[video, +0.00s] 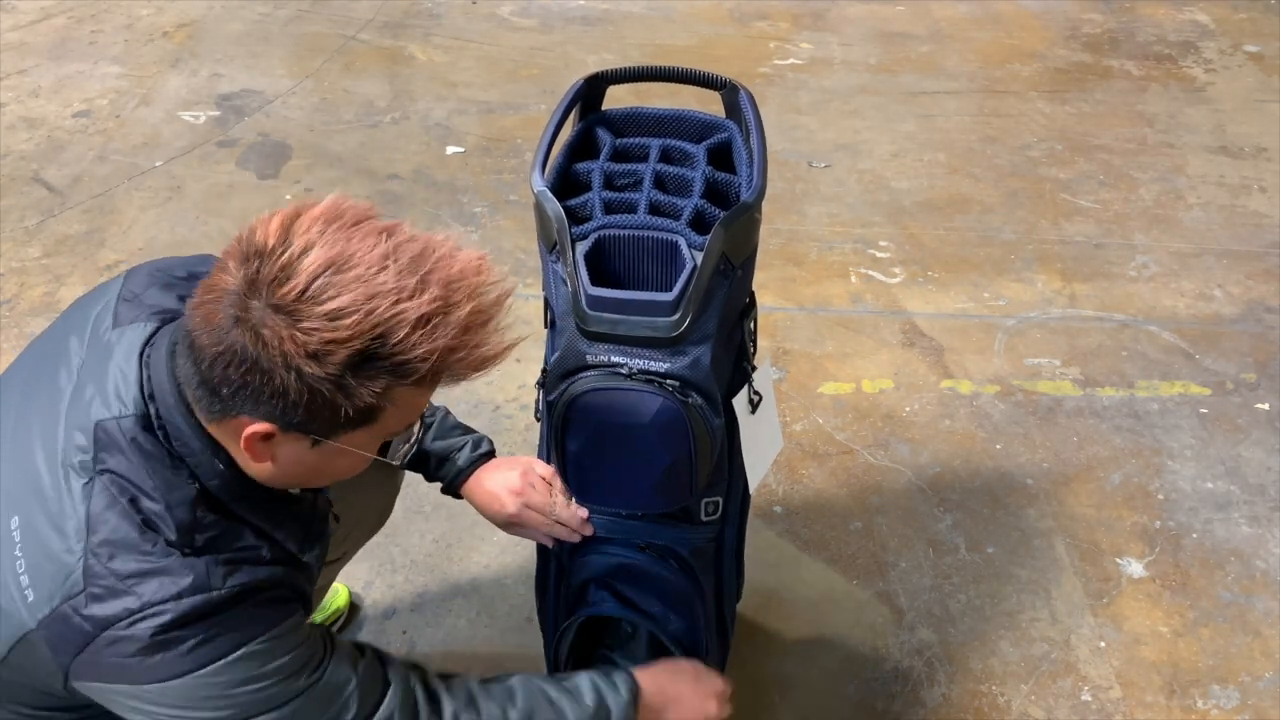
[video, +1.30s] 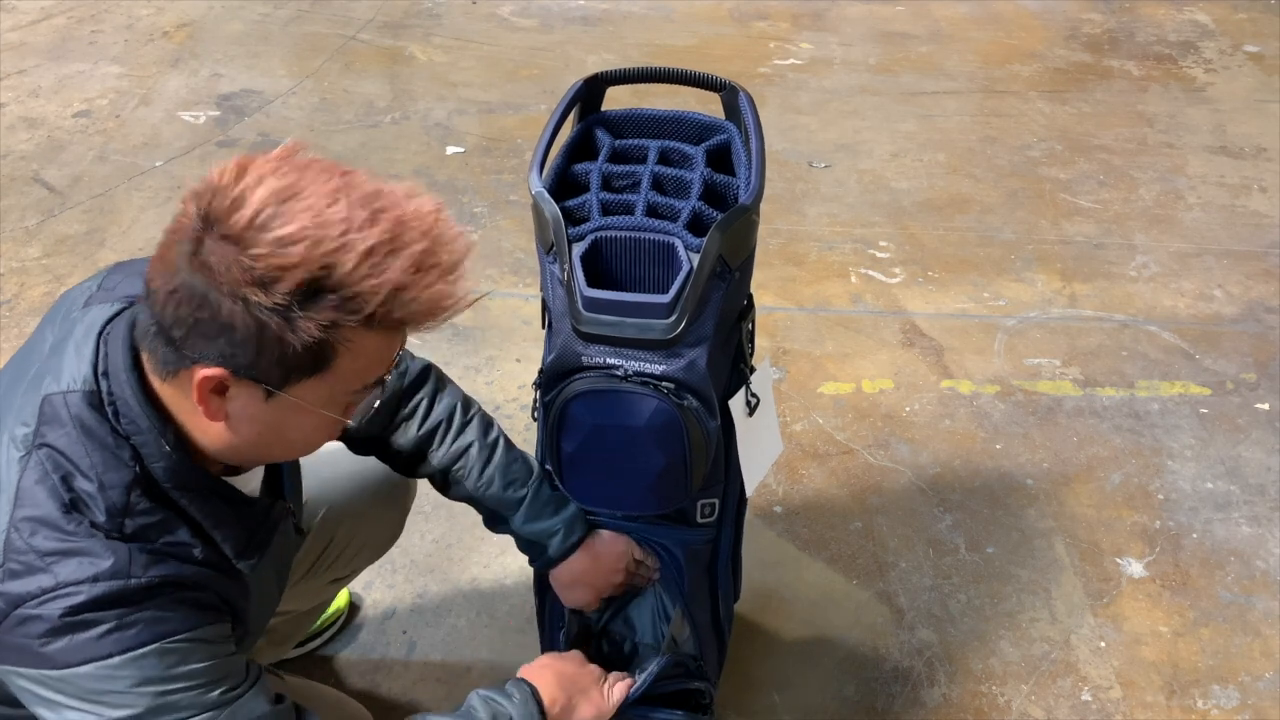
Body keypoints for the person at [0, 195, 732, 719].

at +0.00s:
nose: (403, 435)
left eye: (408, 413)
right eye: (387, 433)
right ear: (266, 445)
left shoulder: (188, 294)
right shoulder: (165, 616)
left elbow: (343, 368)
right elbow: (404, 711)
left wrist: (468, 467)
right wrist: (634, 695)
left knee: (374, 477)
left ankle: (276, 638)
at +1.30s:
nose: (379, 399)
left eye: (380, 375)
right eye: (358, 390)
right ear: (219, 397)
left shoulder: (165, 294)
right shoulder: (107, 623)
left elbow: (402, 397)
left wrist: (564, 538)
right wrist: (530, 702)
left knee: (377, 501)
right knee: (337, 710)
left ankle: (270, 639)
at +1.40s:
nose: (331, 397)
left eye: (344, 349)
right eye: (284, 368)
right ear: (153, 348)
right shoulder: (100, 611)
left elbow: (398, 397)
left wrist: (563, 537)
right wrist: (529, 708)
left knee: (374, 493)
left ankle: (265, 643)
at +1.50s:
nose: (301, 384)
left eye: (317, 328)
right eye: (245, 350)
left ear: (330, 286)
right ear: (126, 338)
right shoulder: (100, 605)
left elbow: (401, 396)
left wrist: (562, 537)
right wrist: (529, 712)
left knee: (377, 490)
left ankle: (264, 642)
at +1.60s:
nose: (340, 354)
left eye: (336, 315)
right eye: (302, 341)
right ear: (156, 363)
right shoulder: (112, 621)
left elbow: (395, 394)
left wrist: (561, 537)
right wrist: (529, 711)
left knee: (378, 489)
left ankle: (258, 641)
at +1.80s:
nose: (335, 310)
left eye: (323, 275)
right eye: (302, 302)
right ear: (168, 348)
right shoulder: (106, 607)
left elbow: (363, 365)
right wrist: (531, 658)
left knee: (377, 487)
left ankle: (267, 645)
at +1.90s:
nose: (332, 300)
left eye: (322, 269)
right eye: (303, 294)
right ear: (168, 347)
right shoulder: (98, 590)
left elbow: (318, 370)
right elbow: (357, 699)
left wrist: (436, 396)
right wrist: (542, 532)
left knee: (383, 489)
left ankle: (283, 631)